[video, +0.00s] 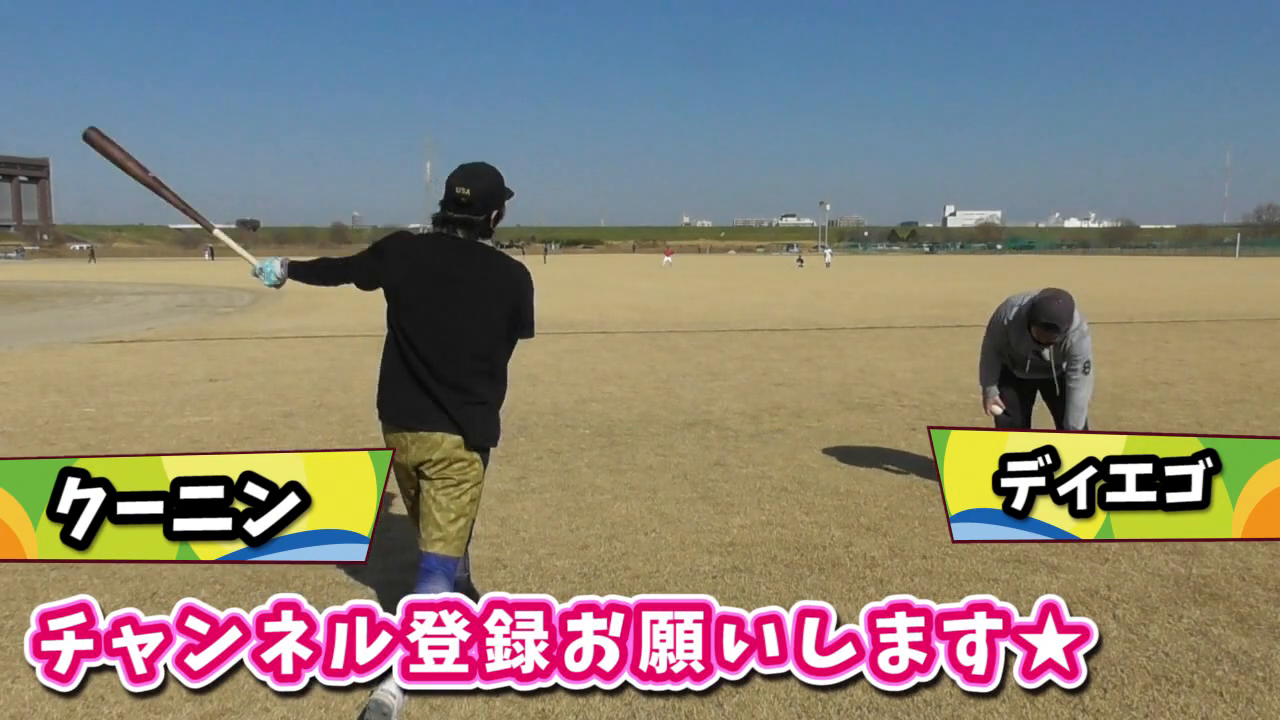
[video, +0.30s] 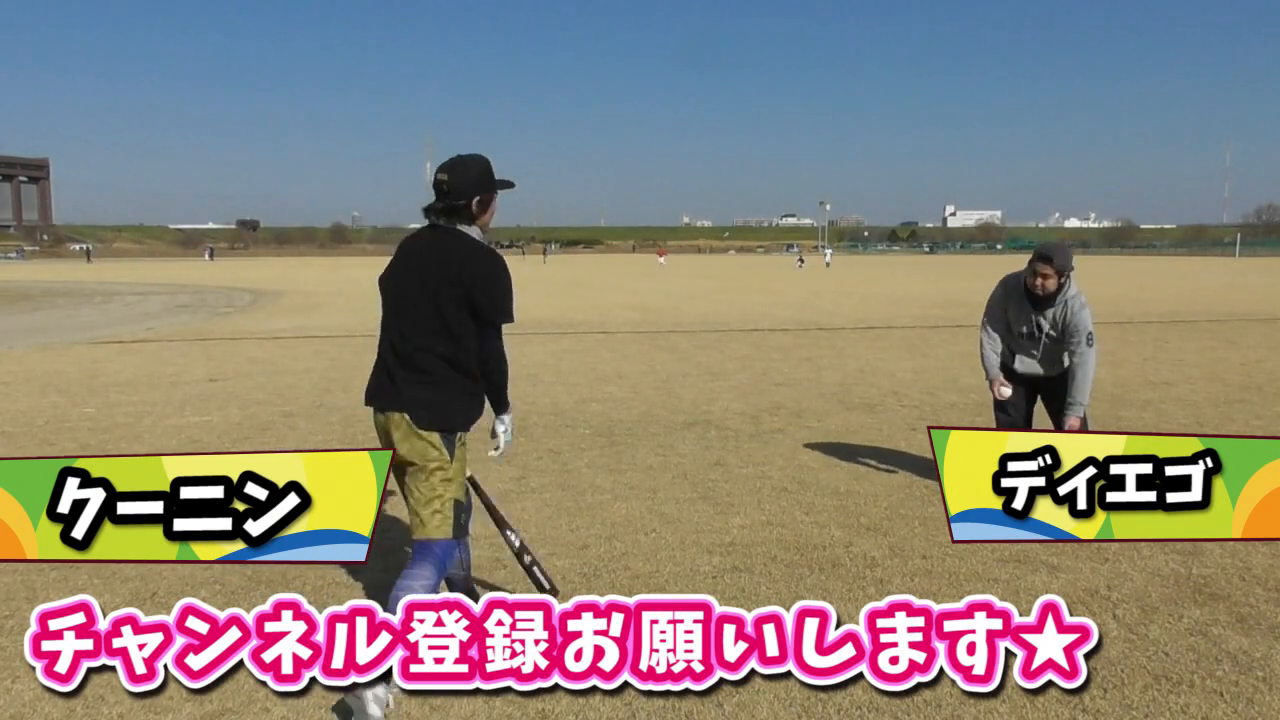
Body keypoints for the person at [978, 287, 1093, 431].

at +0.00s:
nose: (1043, 343)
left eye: (1052, 338)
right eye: (1039, 335)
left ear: (1065, 330)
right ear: (1030, 321)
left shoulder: (1077, 333)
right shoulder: (1008, 316)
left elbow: (1080, 383)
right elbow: (990, 352)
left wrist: (1073, 433)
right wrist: (989, 390)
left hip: (1056, 375)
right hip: (1014, 374)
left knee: (1075, 429)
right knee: (1010, 429)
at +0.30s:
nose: (1036, 282)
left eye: (1045, 277)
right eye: (1033, 274)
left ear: (1062, 278)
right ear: (1028, 268)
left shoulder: (1073, 304)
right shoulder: (1008, 288)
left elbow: (1082, 358)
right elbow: (990, 331)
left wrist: (1075, 412)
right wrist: (993, 374)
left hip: (1057, 376)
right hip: (1014, 374)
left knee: (1075, 437)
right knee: (1011, 440)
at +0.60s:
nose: (1042, 288)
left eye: (1052, 283)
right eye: (1040, 279)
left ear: (1069, 286)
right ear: (1035, 272)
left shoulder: (1074, 316)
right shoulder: (1012, 291)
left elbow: (1074, 370)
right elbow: (989, 325)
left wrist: (1060, 423)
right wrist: (988, 367)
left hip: (1055, 375)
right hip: (1013, 373)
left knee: (1075, 435)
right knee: (1011, 437)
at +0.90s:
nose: (1039, 313)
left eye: (1048, 310)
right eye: (1037, 304)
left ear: (1064, 312)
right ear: (1033, 296)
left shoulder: (1070, 335)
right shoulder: (1009, 306)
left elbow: (1067, 389)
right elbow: (988, 345)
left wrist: (1057, 435)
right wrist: (987, 385)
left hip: (1051, 378)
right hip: (1011, 375)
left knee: (1073, 432)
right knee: (1010, 435)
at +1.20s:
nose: (1025, 288)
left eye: (1034, 282)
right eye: (1022, 280)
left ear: (1052, 283)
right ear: (1017, 276)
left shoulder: (1067, 310)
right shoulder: (1004, 294)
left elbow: (1078, 362)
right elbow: (985, 332)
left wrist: (1067, 413)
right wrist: (981, 371)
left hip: (1054, 376)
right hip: (1013, 374)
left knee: (1074, 436)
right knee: (1010, 438)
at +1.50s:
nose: (1007, 237)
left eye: (1014, 230)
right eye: (1003, 231)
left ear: (1033, 232)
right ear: (998, 233)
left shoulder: (1059, 266)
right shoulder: (994, 272)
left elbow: (1083, 309)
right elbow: (979, 301)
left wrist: (1070, 352)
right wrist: (965, 321)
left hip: (1059, 369)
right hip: (1014, 371)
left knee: (1074, 444)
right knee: (1012, 444)